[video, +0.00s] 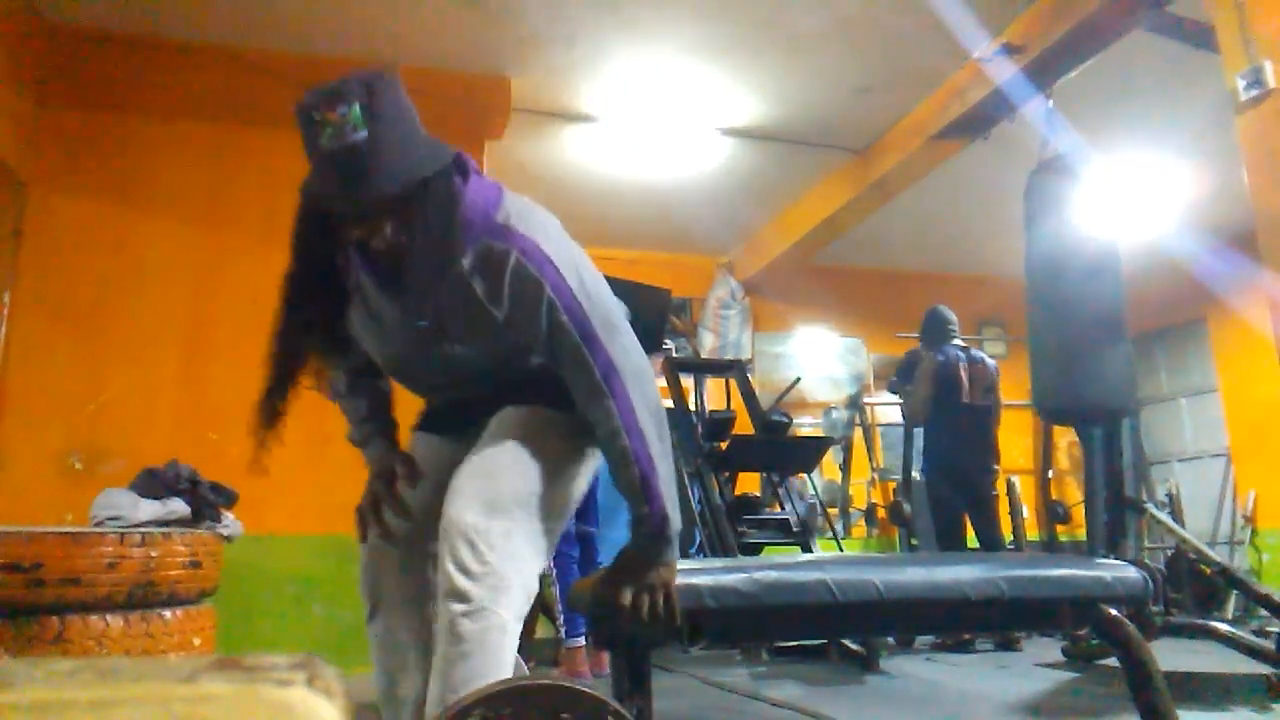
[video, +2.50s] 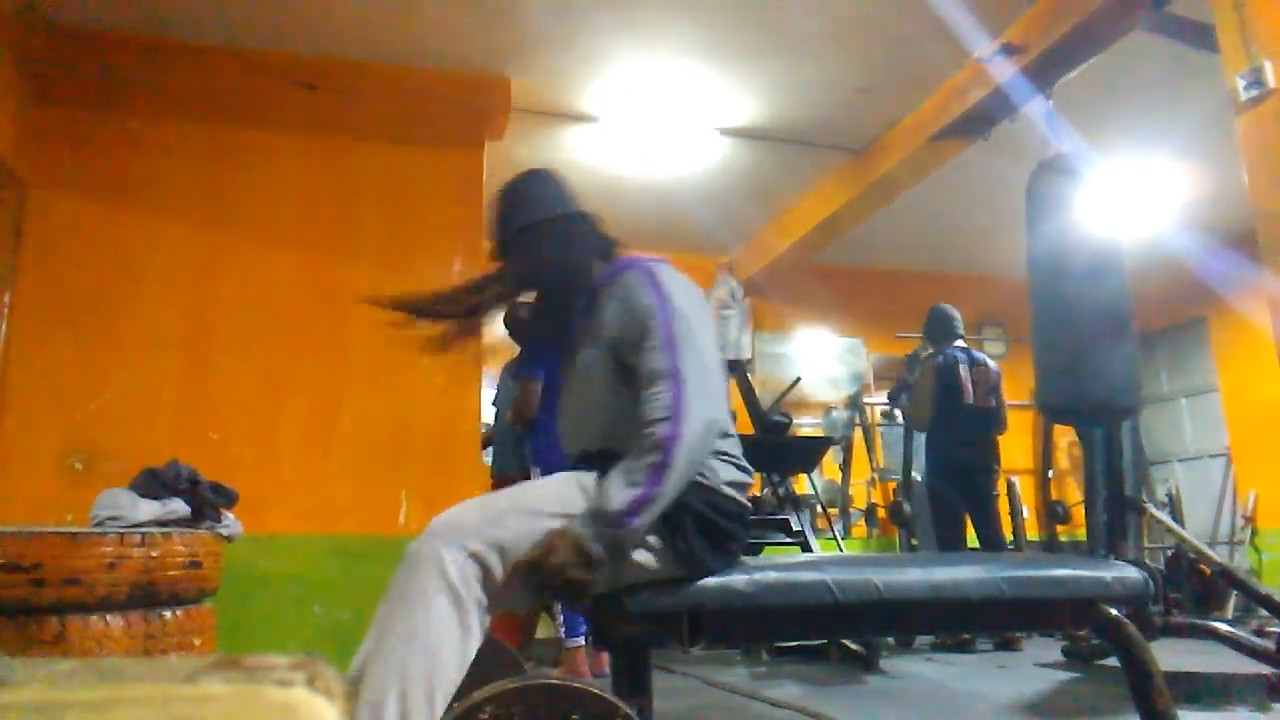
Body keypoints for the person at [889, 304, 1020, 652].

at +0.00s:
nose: (922, 341)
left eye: (923, 335)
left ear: (927, 334)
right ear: (957, 330)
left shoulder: (931, 362)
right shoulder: (986, 363)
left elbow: (918, 412)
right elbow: (995, 417)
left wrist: (905, 399)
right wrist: (991, 455)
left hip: (943, 466)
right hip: (980, 466)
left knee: (950, 547)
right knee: (993, 543)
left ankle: (958, 629)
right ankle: (1008, 628)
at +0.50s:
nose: (923, 340)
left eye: (923, 334)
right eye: (926, 333)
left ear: (927, 333)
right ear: (958, 330)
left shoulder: (931, 365)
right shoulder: (986, 365)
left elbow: (939, 420)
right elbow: (1007, 422)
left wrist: (914, 452)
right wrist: (991, 454)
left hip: (946, 464)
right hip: (981, 464)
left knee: (951, 546)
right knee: (993, 542)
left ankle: (957, 631)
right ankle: (1008, 628)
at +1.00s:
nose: (929, 339)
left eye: (929, 333)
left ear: (932, 332)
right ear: (964, 328)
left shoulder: (935, 366)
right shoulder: (991, 365)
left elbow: (932, 420)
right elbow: (1005, 424)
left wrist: (905, 424)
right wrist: (975, 423)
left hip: (946, 466)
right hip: (982, 466)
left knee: (952, 547)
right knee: (995, 544)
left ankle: (959, 631)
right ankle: (1007, 629)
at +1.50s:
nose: (925, 343)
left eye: (924, 337)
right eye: (928, 338)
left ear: (926, 336)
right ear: (957, 331)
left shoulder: (928, 367)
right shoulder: (988, 365)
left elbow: (923, 420)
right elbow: (1002, 422)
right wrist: (973, 424)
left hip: (944, 470)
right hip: (981, 469)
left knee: (951, 548)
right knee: (993, 543)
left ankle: (959, 628)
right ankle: (1007, 626)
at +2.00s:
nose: (918, 341)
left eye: (917, 336)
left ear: (919, 336)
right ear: (950, 334)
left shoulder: (922, 367)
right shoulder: (977, 368)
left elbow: (932, 419)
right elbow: (1001, 424)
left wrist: (921, 469)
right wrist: (1002, 470)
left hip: (943, 471)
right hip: (978, 470)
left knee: (949, 549)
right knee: (991, 545)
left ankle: (958, 630)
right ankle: (1008, 627)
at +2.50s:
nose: (926, 341)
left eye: (926, 336)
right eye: (929, 336)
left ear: (930, 335)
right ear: (961, 330)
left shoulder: (933, 366)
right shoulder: (989, 365)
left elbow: (920, 420)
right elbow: (1001, 423)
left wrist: (904, 400)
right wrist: (970, 420)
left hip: (945, 464)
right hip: (982, 464)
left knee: (950, 546)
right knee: (994, 541)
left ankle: (956, 628)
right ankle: (1008, 625)